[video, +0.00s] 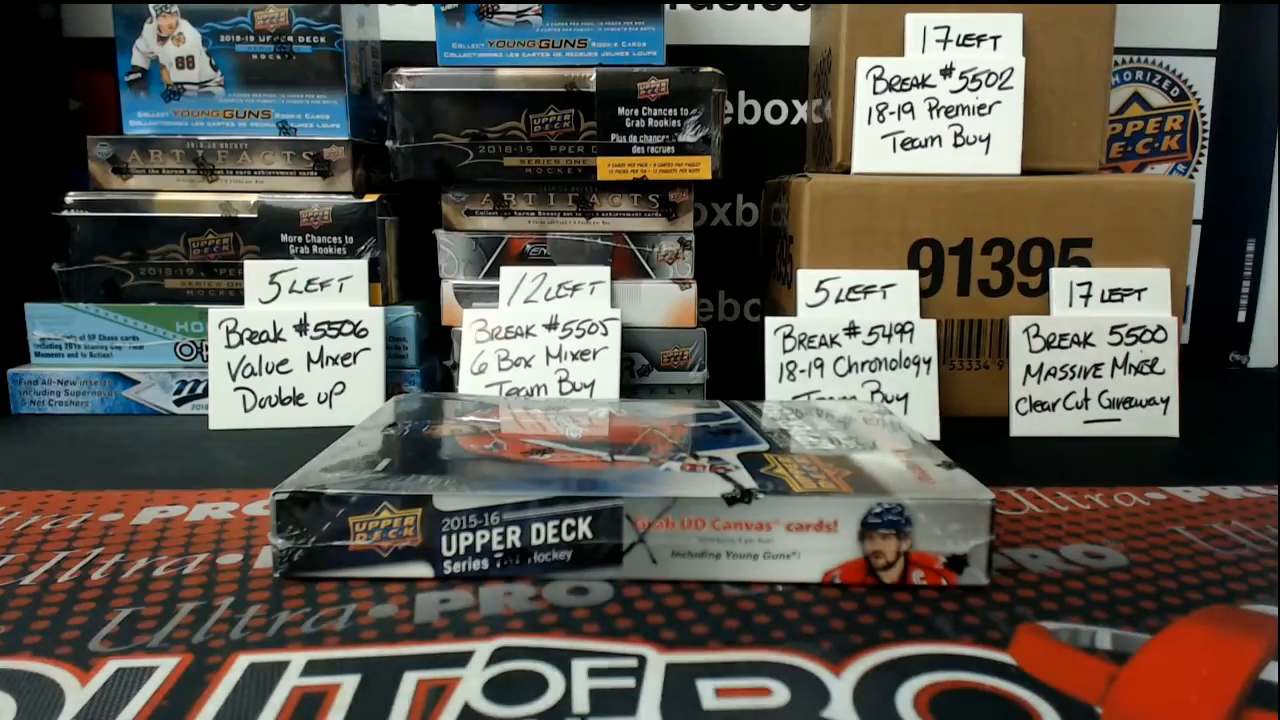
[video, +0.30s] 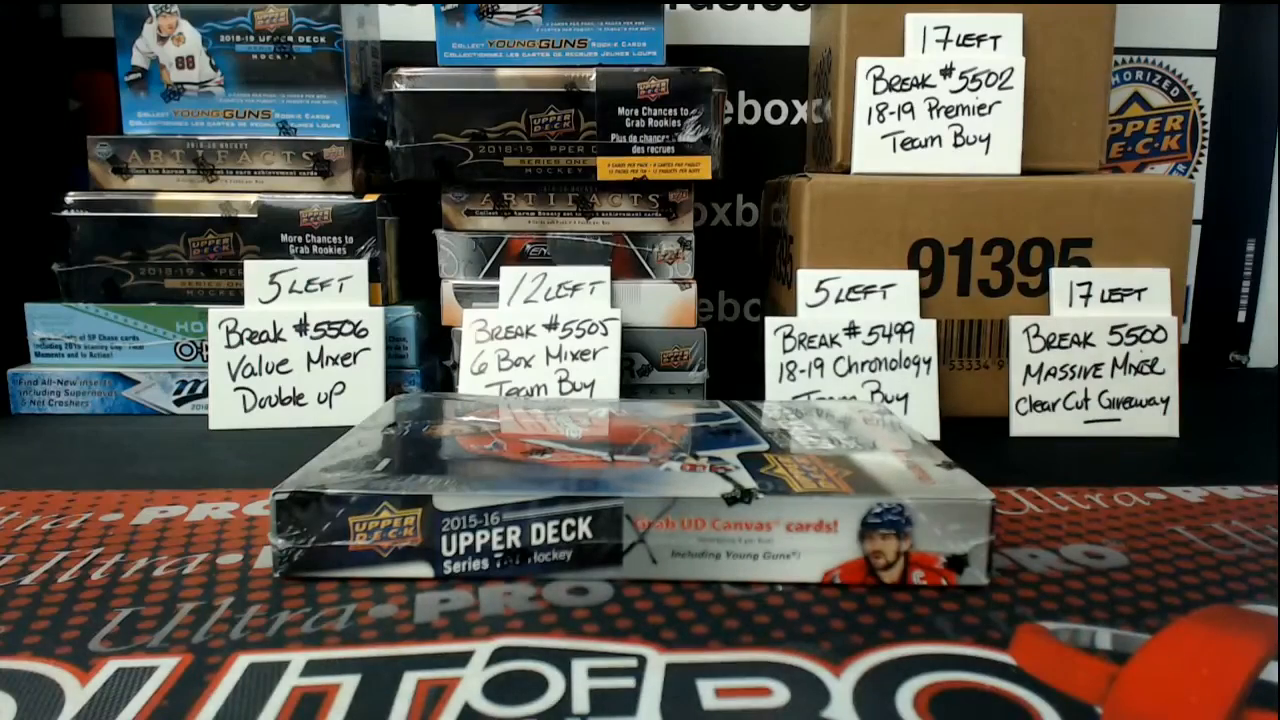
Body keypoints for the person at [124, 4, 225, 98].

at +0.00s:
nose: (169, 23)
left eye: (173, 17)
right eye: (164, 18)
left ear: (178, 18)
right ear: (156, 19)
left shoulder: (186, 35)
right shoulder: (150, 28)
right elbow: (141, 50)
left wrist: (178, 89)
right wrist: (137, 73)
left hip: (209, 84)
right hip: (181, 84)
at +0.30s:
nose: (169, 22)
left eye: (173, 17)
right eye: (164, 18)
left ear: (178, 18)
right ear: (156, 19)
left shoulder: (186, 35)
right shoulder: (150, 28)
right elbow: (141, 50)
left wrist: (178, 89)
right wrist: (137, 73)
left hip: (209, 84)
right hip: (182, 84)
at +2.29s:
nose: (170, 22)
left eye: (173, 17)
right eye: (164, 18)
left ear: (178, 17)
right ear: (156, 20)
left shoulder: (186, 35)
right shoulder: (150, 28)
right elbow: (141, 50)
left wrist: (179, 89)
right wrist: (137, 74)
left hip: (209, 84)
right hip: (181, 85)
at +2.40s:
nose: (170, 22)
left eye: (173, 17)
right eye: (164, 18)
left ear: (178, 17)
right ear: (156, 20)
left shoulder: (186, 35)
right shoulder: (150, 28)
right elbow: (141, 50)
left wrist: (179, 89)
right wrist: (137, 74)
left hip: (209, 84)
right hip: (181, 85)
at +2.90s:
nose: (170, 22)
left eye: (173, 17)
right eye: (164, 18)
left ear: (178, 17)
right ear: (156, 20)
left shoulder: (185, 35)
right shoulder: (150, 28)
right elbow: (141, 50)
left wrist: (178, 89)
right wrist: (136, 74)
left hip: (209, 84)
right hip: (181, 84)